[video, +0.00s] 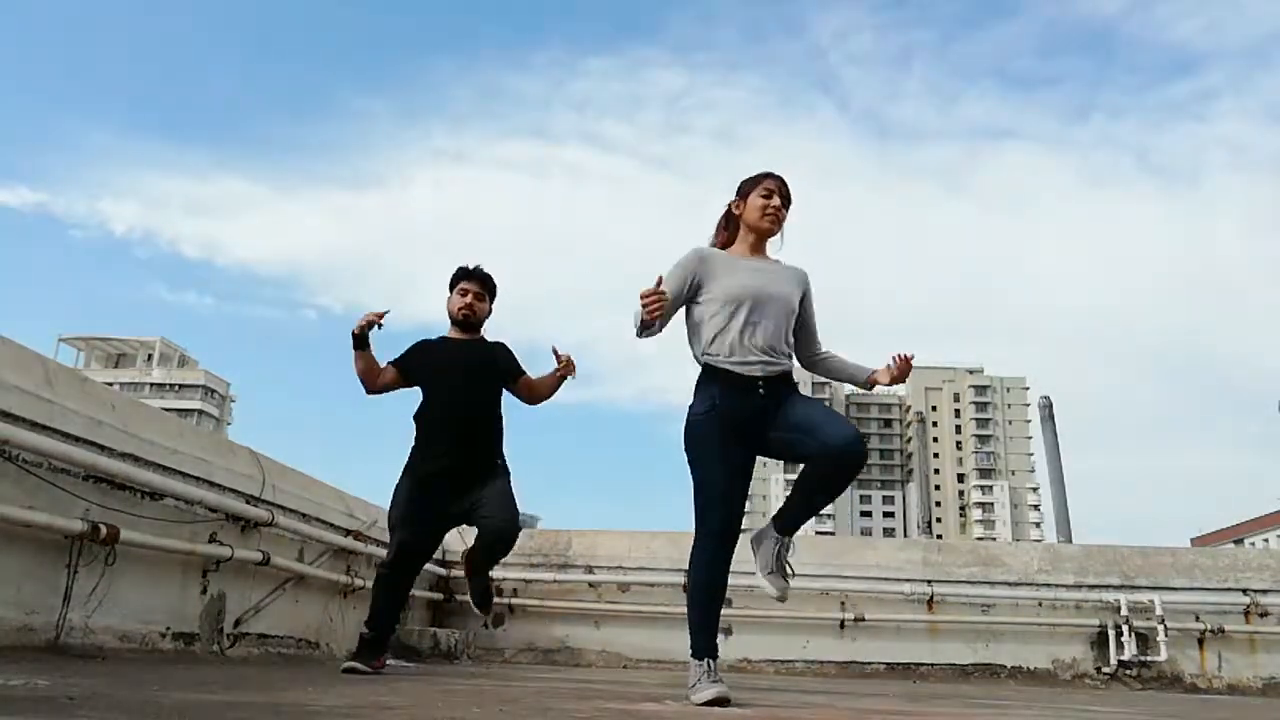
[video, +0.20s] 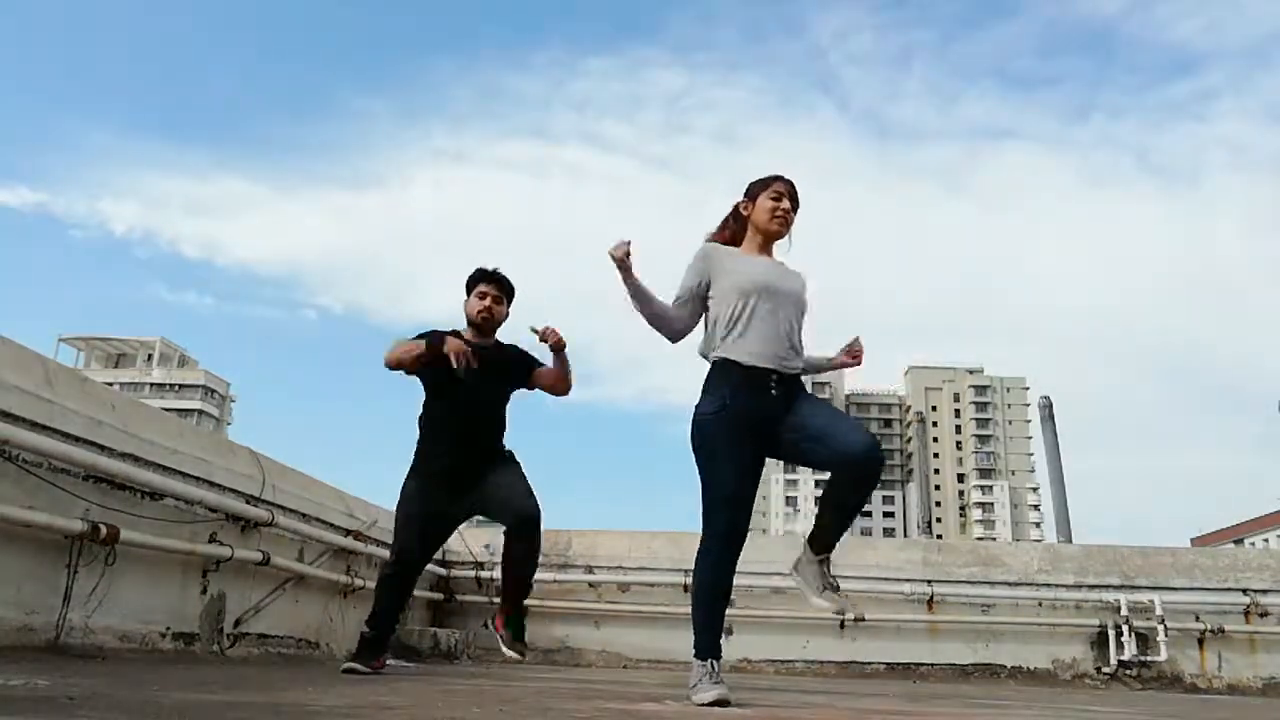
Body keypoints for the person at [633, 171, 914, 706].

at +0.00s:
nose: (775, 205)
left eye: (782, 201)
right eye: (765, 195)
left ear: (785, 217)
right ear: (738, 205)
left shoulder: (794, 279)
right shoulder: (702, 260)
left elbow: (812, 356)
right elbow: (647, 328)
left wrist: (874, 375)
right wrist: (647, 315)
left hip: (780, 403)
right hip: (720, 403)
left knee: (847, 447)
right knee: (717, 534)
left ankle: (776, 536)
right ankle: (703, 664)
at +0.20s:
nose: (783, 207)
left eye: (791, 204)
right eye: (774, 197)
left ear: (791, 220)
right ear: (746, 206)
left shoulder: (792, 279)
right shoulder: (714, 256)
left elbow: (791, 360)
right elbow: (675, 326)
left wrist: (836, 360)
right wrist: (629, 277)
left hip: (787, 400)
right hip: (730, 396)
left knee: (863, 454)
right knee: (724, 532)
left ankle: (814, 556)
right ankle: (706, 665)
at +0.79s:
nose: (841, 205)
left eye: (846, 202)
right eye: (829, 197)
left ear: (848, 221)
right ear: (797, 215)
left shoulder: (854, 291)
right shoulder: (786, 256)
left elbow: (906, 338)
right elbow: (745, 222)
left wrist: (908, 294)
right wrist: (817, 254)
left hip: (851, 402)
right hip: (793, 393)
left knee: (893, 535)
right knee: (768, 538)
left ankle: (916, 675)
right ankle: (709, 661)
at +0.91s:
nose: (845, 213)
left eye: (852, 209)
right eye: (833, 206)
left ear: (856, 229)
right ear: (805, 223)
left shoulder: (864, 294)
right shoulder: (786, 255)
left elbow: (938, 326)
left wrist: (913, 274)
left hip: (863, 416)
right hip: (800, 411)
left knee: (905, 543)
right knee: (777, 549)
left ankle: (915, 678)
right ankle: (710, 665)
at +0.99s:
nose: (852, 210)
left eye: (858, 206)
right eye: (839, 206)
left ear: (865, 225)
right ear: (817, 228)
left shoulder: (882, 282)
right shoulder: (803, 281)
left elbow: (907, 291)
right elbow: (830, 331)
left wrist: (892, 281)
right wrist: (906, 356)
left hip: (879, 419)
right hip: (811, 419)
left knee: (916, 545)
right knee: (776, 546)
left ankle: (917, 682)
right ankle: (712, 664)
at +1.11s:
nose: (851, 195)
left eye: (857, 188)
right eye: (837, 192)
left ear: (872, 204)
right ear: (822, 215)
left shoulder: (903, 246)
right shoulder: (808, 282)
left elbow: (937, 306)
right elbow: (791, 354)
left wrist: (915, 328)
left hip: (891, 397)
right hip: (822, 401)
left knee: (905, 538)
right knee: (768, 499)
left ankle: (916, 678)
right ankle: (770, 602)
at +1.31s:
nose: (843, 185)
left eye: (851, 178)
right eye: (830, 184)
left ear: (870, 194)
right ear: (821, 211)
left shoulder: (905, 234)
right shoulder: (822, 271)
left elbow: (952, 307)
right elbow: (800, 347)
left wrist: (1021, 267)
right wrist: (771, 324)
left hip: (893, 384)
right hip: (826, 384)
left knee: (899, 538)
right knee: (770, 478)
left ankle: (916, 681)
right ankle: (823, 510)